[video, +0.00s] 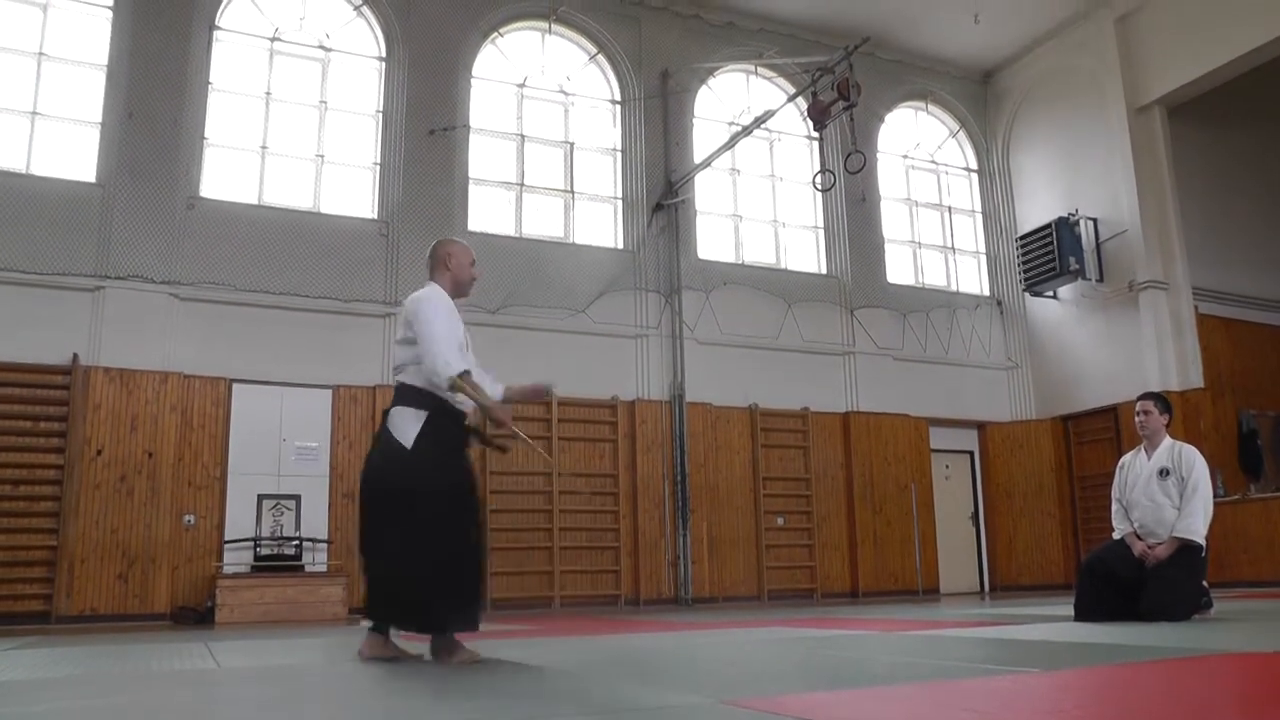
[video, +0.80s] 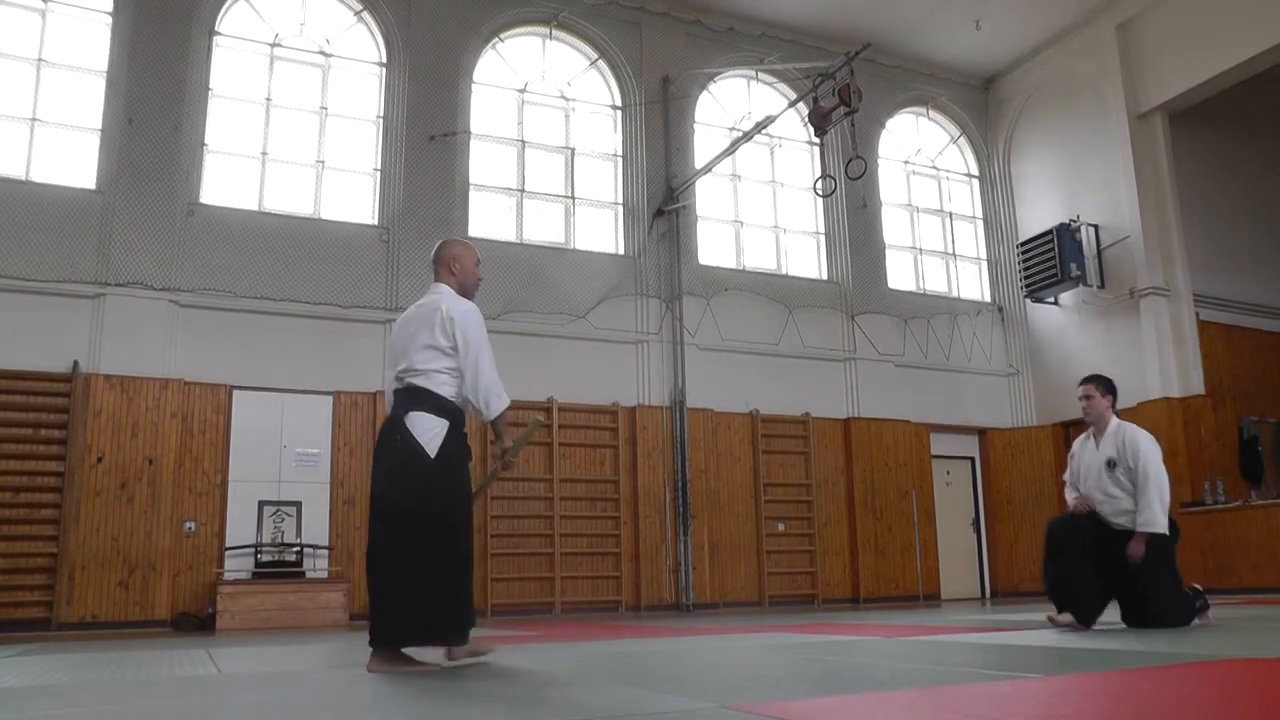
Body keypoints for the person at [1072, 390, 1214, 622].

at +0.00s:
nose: (1140, 419)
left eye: (1147, 413)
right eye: (1137, 414)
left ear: (1165, 419)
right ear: (1133, 420)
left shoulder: (1186, 456)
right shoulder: (1126, 463)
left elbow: (1197, 508)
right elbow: (1117, 509)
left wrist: (1168, 546)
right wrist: (1133, 542)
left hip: (1180, 547)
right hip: (1135, 546)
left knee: (1158, 611)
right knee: (1093, 568)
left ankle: (1198, 595)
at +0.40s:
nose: (1124, 423)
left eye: (1130, 417)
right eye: (1121, 418)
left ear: (1149, 422)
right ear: (1119, 423)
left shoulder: (1177, 459)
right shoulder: (1115, 468)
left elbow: (1196, 512)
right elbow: (1111, 515)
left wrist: (1167, 553)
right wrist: (1133, 548)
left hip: (1179, 553)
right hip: (1134, 552)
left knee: (1159, 615)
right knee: (1094, 576)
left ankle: (1200, 599)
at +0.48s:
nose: (1118, 418)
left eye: (1124, 411)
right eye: (1115, 413)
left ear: (1143, 416)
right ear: (1112, 418)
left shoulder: (1172, 454)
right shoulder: (1110, 462)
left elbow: (1188, 506)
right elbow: (1106, 508)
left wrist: (1165, 549)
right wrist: (1125, 541)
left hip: (1174, 549)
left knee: (1158, 616)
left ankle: (1199, 599)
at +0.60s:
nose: (1108, 407)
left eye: (1114, 401)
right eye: (1106, 402)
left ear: (1134, 403)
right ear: (1104, 408)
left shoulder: (1160, 443)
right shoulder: (1102, 450)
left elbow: (1177, 493)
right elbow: (1096, 492)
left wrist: (1158, 538)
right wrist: (1101, 518)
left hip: (1165, 539)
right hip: (1123, 539)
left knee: (1156, 618)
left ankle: (1199, 599)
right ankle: (1124, 607)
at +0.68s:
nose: (1099, 403)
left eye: (1105, 396)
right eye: (1097, 398)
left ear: (1125, 399)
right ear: (1096, 403)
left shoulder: (1152, 439)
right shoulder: (1094, 446)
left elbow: (1168, 489)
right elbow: (1087, 486)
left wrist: (1151, 534)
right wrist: (1087, 507)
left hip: (1158, 534)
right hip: (1117, 534)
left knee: (1152, 618)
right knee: (1080, 541)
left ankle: (1197, 599)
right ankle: (1113, 607)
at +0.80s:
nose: (1083, 404)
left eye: (1089, 398)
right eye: (1081, 399)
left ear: (1109, 401)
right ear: (1080, 404)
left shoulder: (1136, 439)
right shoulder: (1079, 446)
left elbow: (1154, 488)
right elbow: (1070, 484)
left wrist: (1141, 536)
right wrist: (1074, 500)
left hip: (1146, 534)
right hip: (1104, 533)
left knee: (1145, 618)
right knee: (1061, 530)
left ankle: (1195, 600)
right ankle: (1077, 612)